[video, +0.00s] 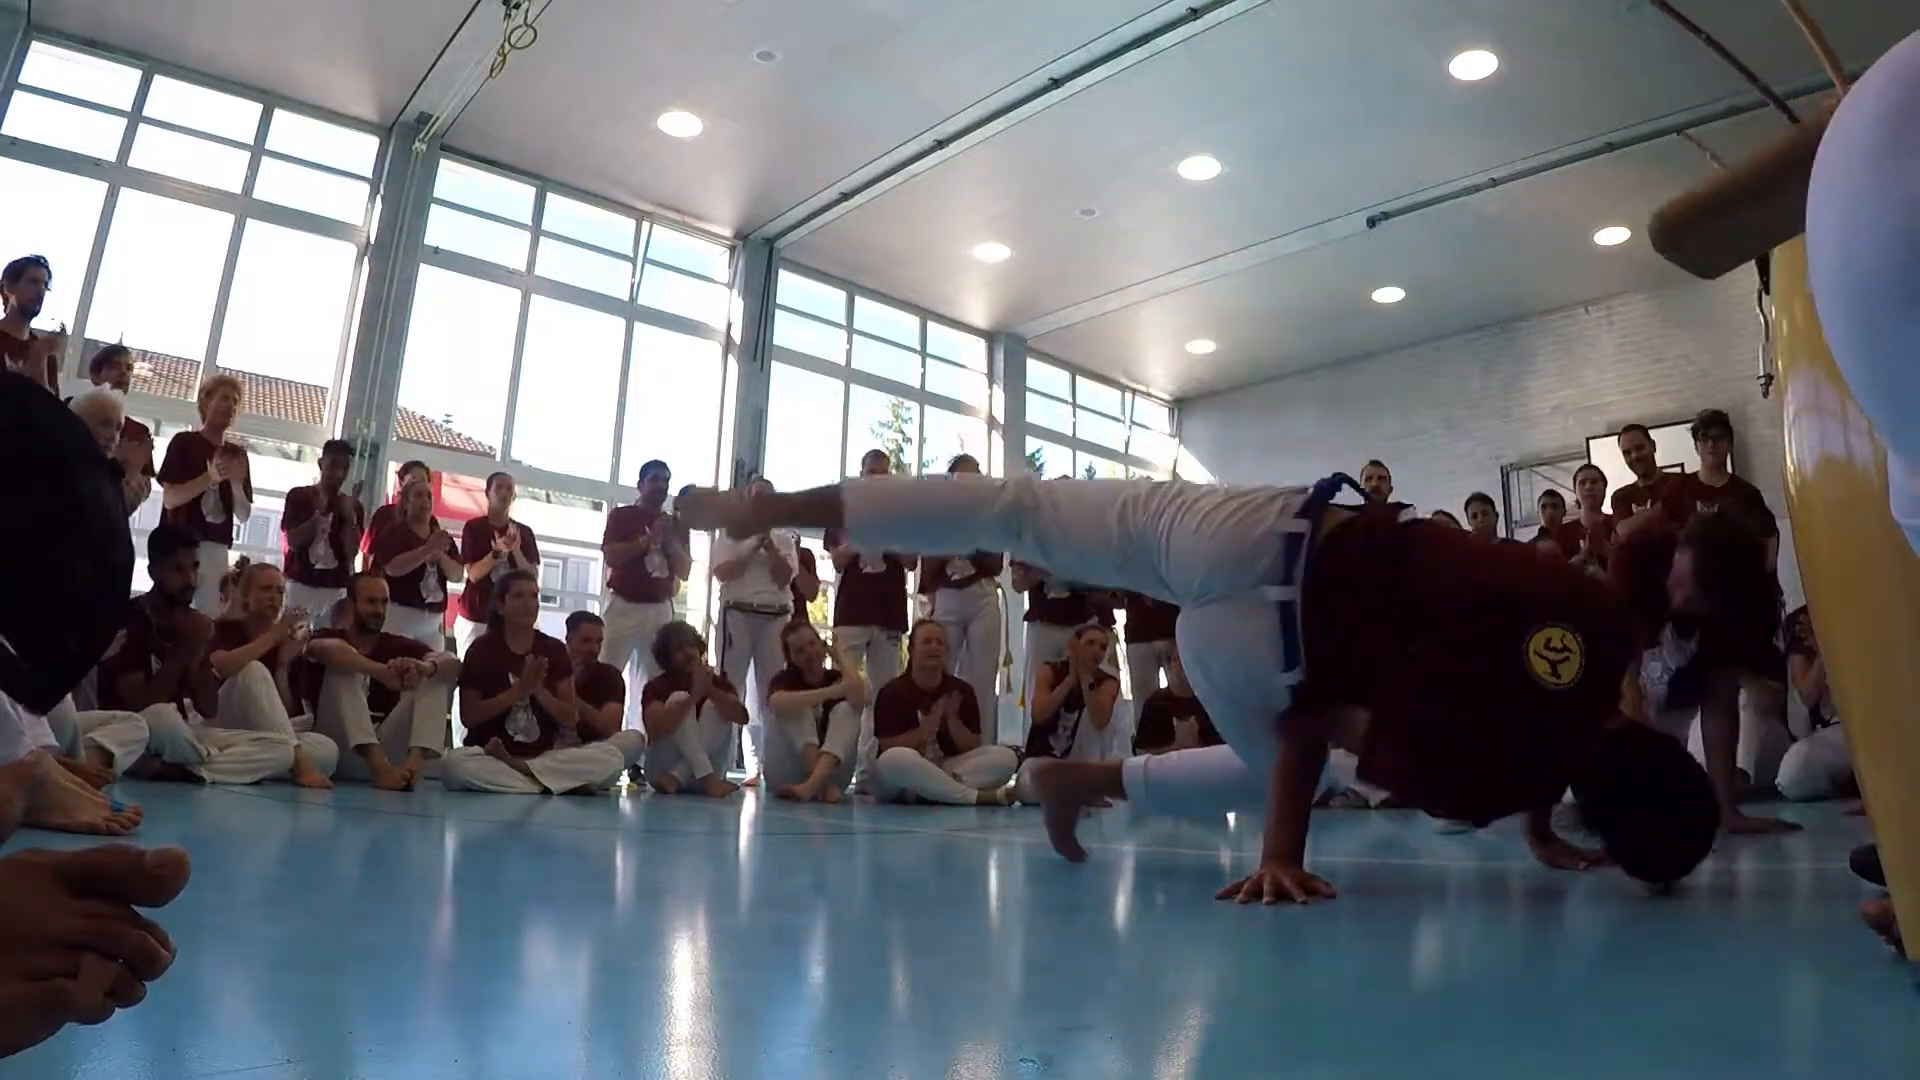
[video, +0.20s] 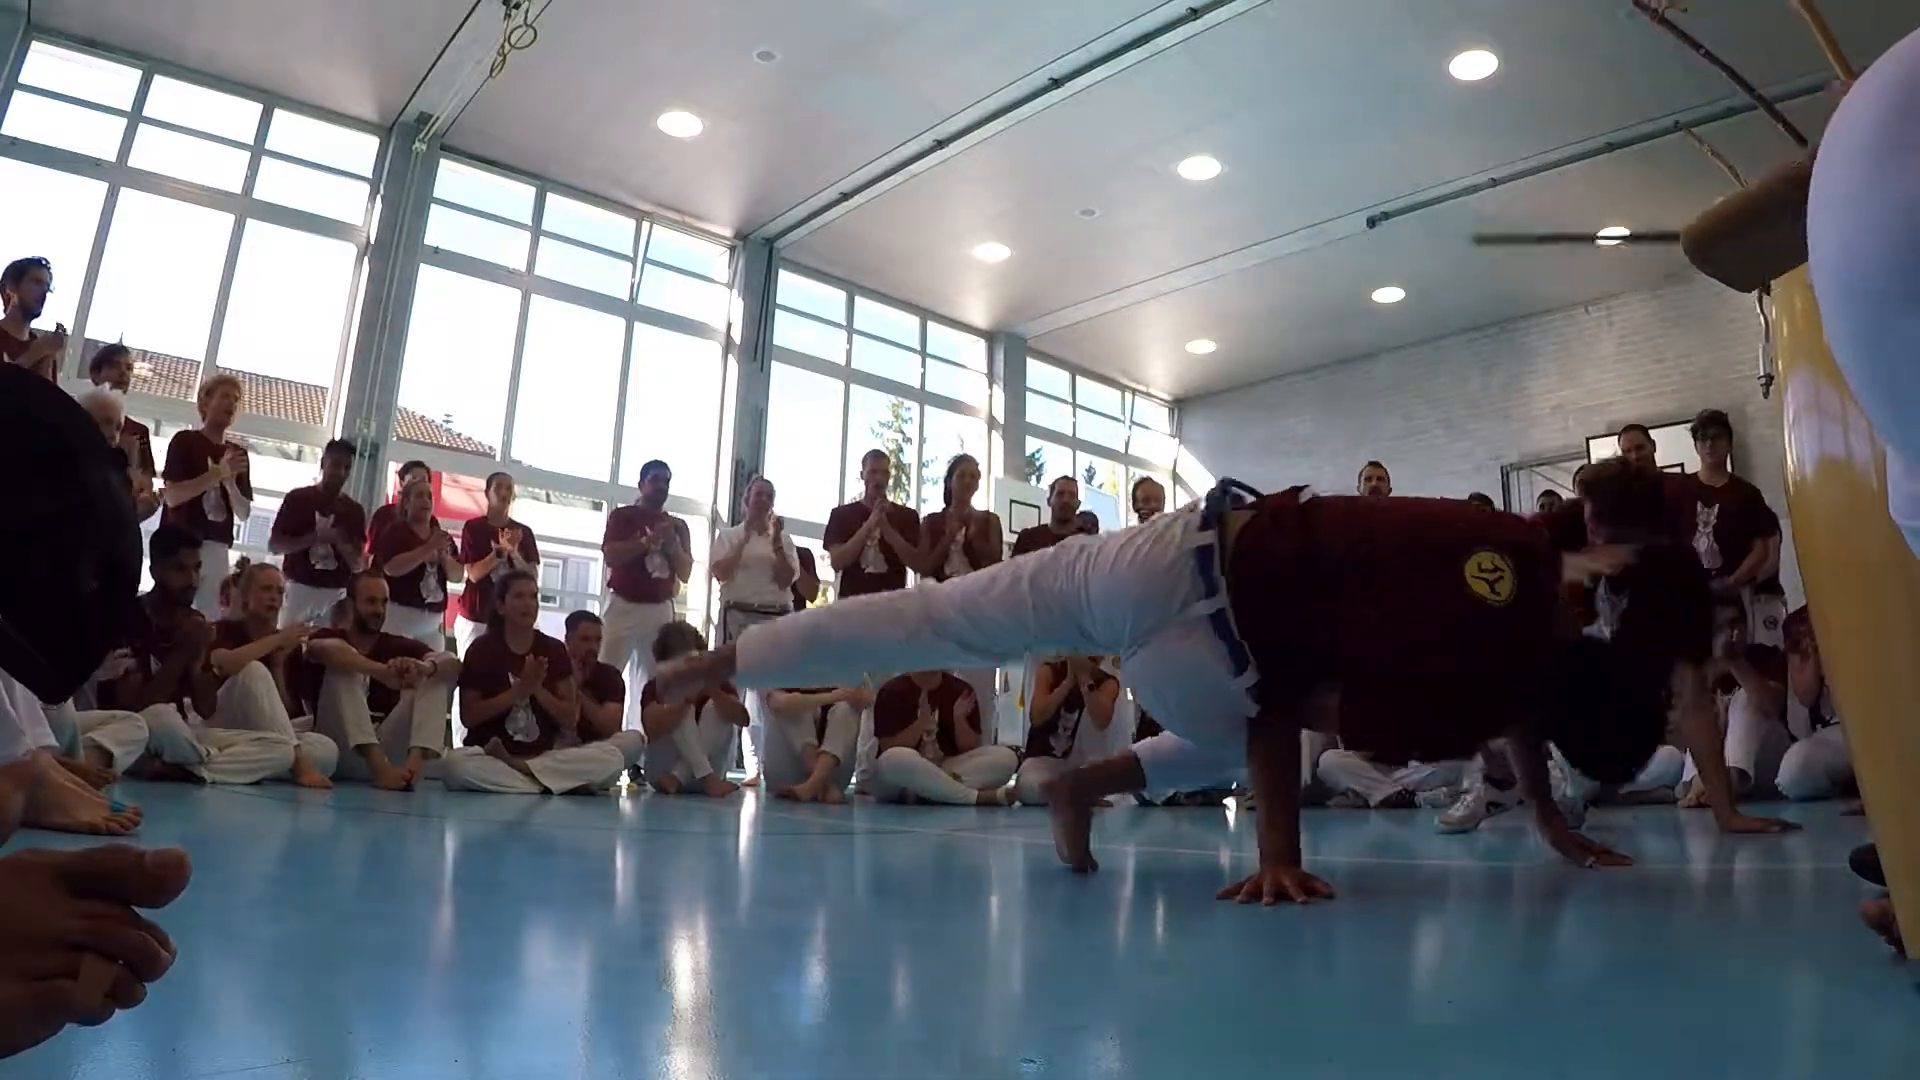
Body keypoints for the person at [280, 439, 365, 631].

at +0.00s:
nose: (337, 473)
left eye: (343, 468)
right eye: (332, 465)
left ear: (348, 471)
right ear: (321, 464)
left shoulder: (353, 506)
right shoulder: (298, 496)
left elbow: (352, 551)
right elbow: (293, 540)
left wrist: (348, 515)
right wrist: (317, 518)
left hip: (336, 589)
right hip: (301, 584)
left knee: (330, 653)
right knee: (293, 649)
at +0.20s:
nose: (340, 473)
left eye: (346, 467)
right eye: (335, 465)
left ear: (350, 472)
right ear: (322, 464)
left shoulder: (354, 510)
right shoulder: (296, 499)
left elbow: (357, 564)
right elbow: (275, 545)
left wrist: (339, 539)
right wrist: (315, 537)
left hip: (335, 594)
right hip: (298, 589)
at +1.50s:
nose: (344, 477)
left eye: (350, 472)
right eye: (339, 469)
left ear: (354, 474)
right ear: (326, 465)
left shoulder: (356, 512)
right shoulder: (299, 497)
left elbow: (357, 558)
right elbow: (278, 545)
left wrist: (357, 552)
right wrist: (303, 528)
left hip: (334, 593)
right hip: (298, 588)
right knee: (288, 655)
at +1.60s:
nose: (342, 478)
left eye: (348, 472)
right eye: (337, 469)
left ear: (352, 475)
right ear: (324, 466)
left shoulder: (355, 511)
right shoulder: (299, 498)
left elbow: (353, 557)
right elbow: (287, 547)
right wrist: (313, 530)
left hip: (334, 591)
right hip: (299, 586)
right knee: (288, 650)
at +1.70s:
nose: (342, 477)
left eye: (348, 472)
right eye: (338, 469)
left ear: (352, 474)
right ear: (324, 464)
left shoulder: (354, 509)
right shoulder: (299, 498)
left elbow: (354, 555)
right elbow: (290, 546)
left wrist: (345, 548)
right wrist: (324, 534)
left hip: (334, 591)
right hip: (299, 587)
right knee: (289, 652)